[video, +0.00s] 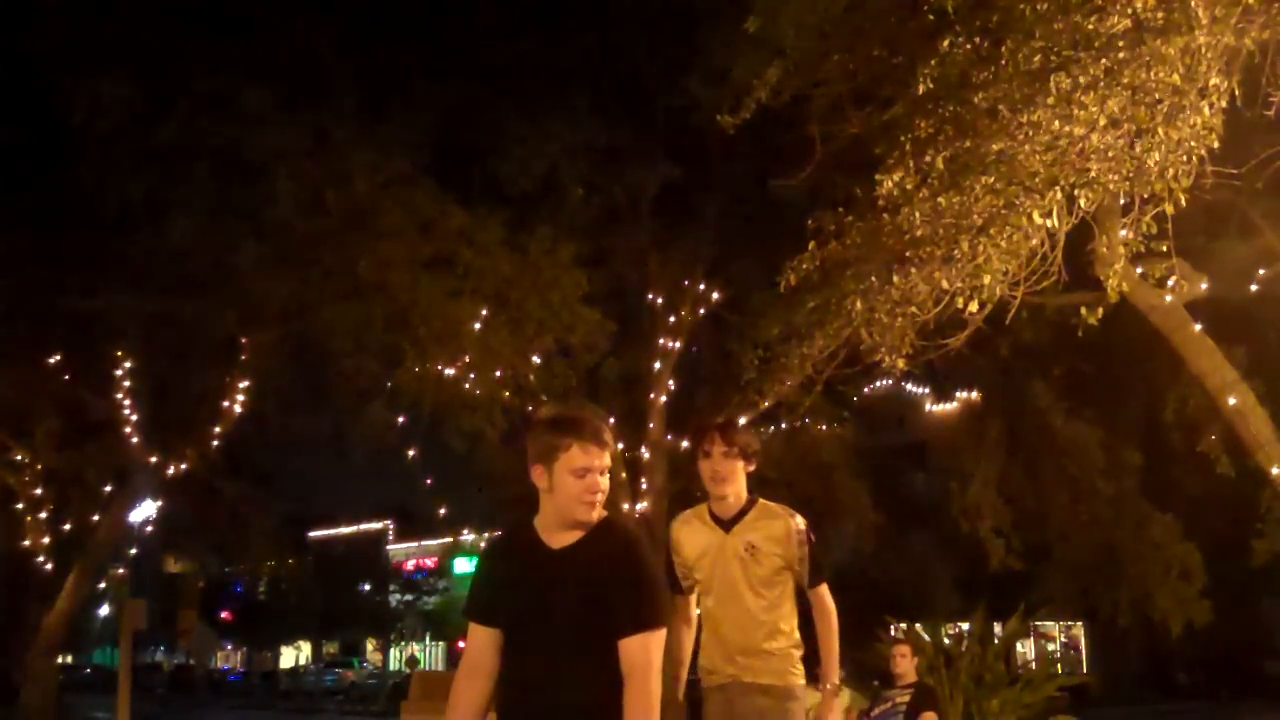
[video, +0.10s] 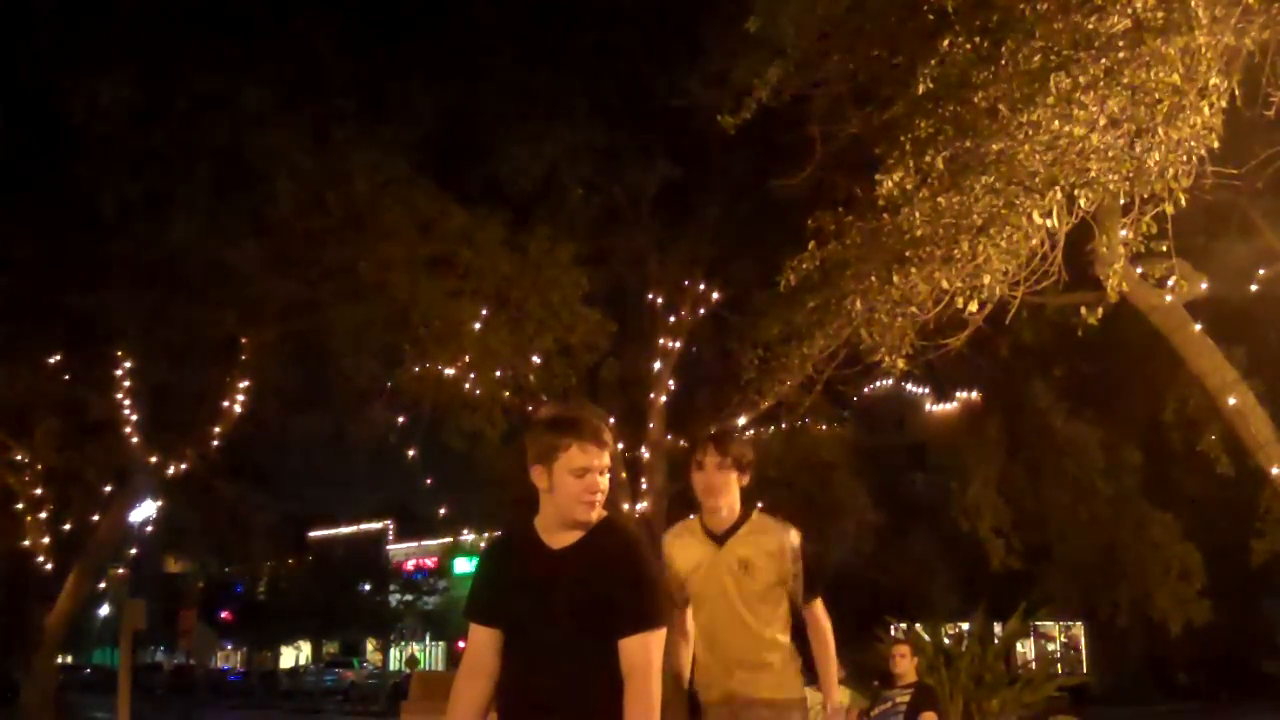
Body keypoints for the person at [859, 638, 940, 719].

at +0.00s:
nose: (896, 661)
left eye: (903, 656)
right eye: (893, 656)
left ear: (914, 661)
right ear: (889, 661)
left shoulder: (925, 691)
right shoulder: (880, 693)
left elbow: (929, 716)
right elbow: (867, 716)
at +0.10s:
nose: (896, 661)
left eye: (902, 656)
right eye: (892, 656)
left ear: (914, 661)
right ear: (889, 660)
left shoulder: (925, 691)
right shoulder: (880, 692)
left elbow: (929, 716)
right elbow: (868, 716)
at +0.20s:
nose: (896, 661)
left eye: (902, 656)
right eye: (892, 657)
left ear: (914, 661)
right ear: (888, 661)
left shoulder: (925, 691)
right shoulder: (878, 693)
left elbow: (929, 716)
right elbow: (866, 716)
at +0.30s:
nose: (896, 661)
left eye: (902, 656)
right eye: (892, 656)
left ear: (914, 661)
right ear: (888, 660)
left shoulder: (925, 691)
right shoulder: (879, 692)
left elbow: (929, 716)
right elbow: (866, 715)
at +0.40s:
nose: (896, 661)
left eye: (902, 656)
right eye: (892, 657)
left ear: (914, 661)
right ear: (888, 660)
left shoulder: (925, 691)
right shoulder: (880, 692)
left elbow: (928, 717)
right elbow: (866, 716)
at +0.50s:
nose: (895, 661)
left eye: (902, 656)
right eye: (892, 656)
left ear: (914, 661)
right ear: (888, 660)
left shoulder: (924, 691)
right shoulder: (879, 694)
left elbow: (929, 716)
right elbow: (866, 715)